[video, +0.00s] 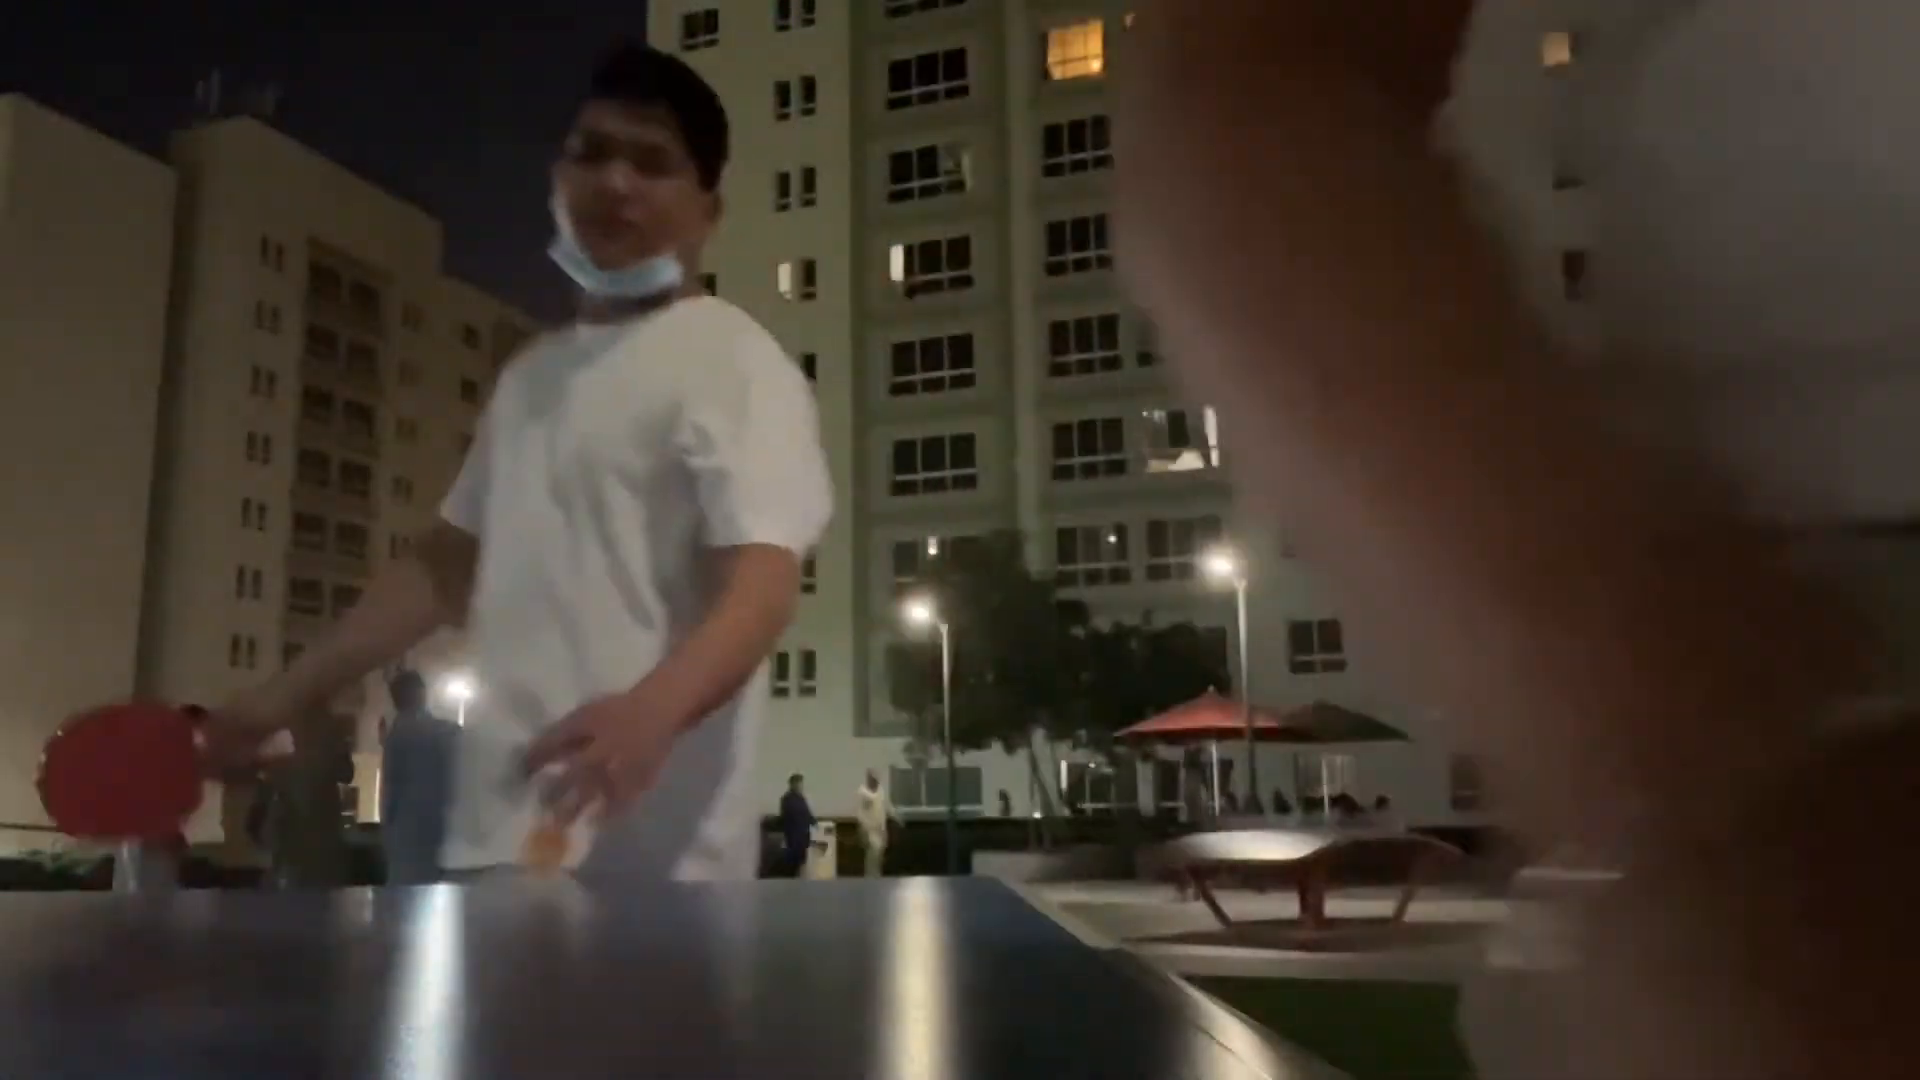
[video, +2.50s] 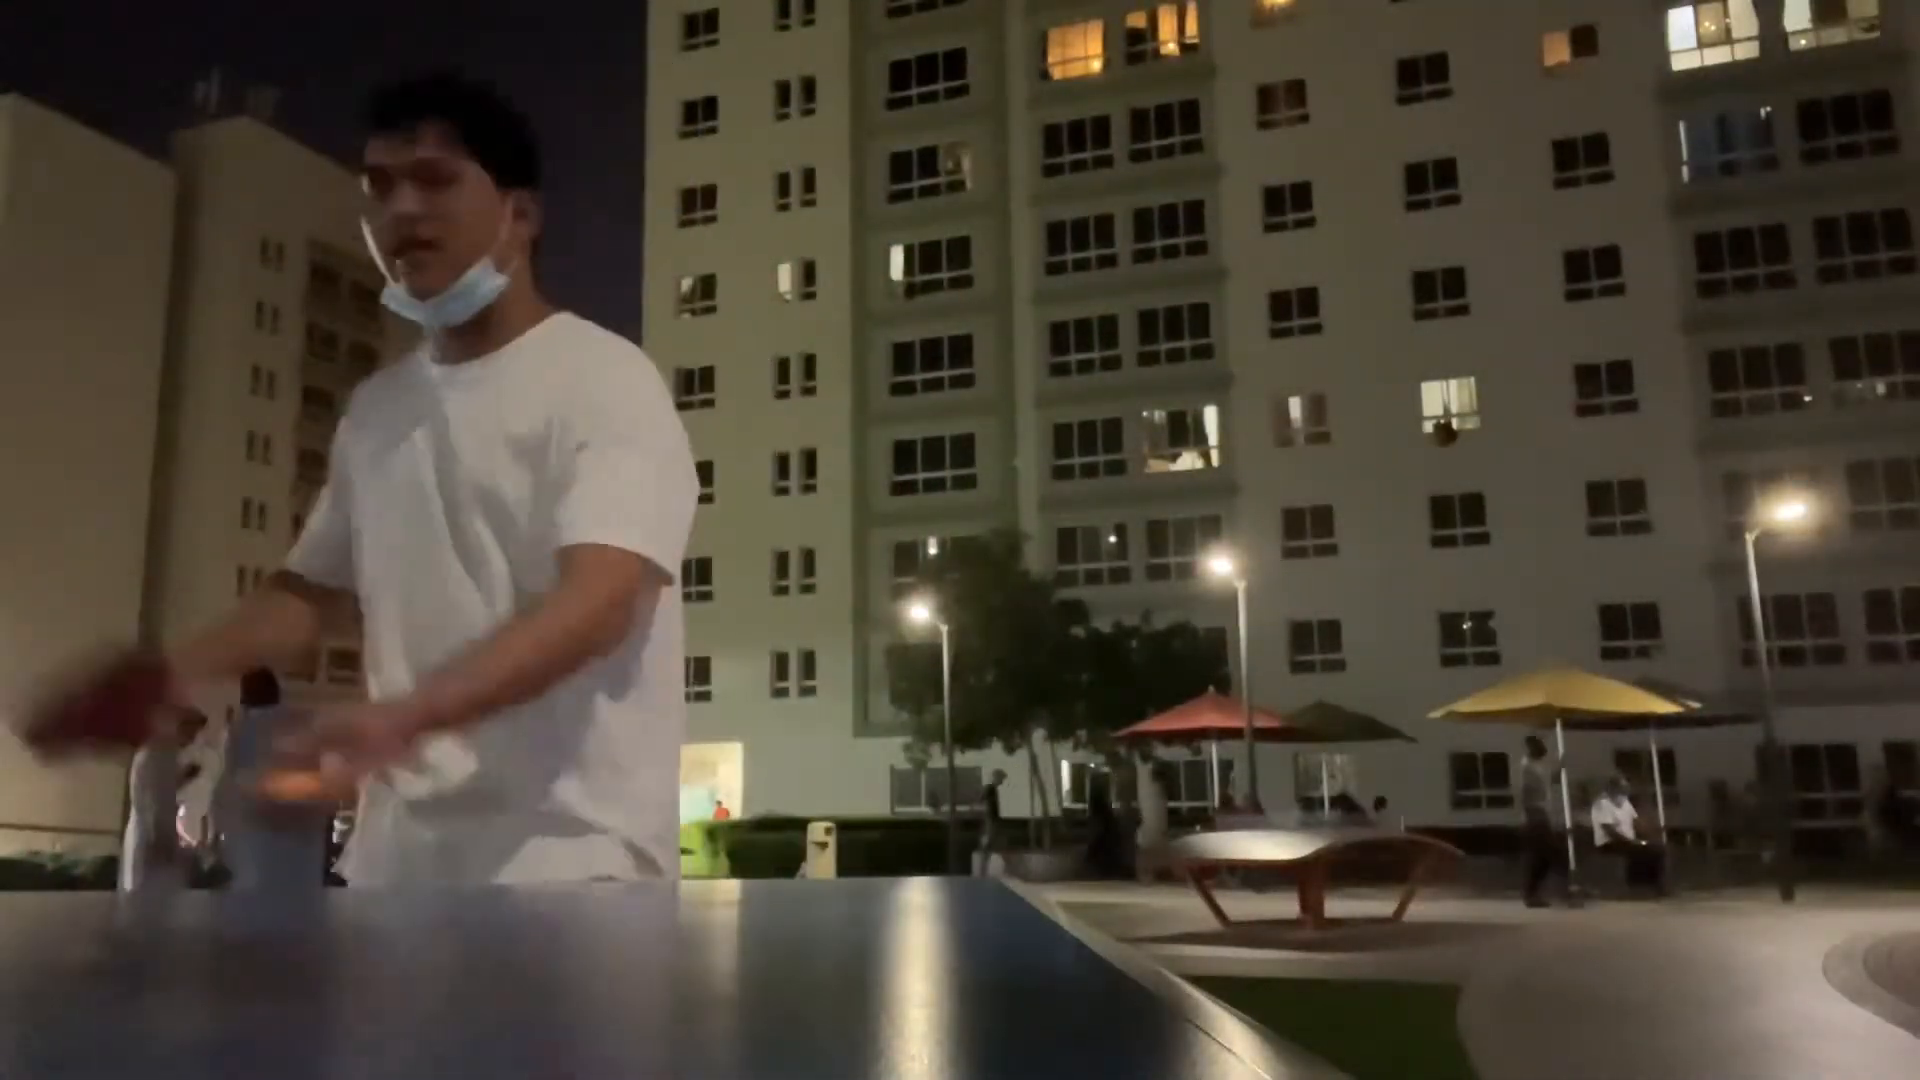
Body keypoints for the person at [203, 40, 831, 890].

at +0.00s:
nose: (612, 185)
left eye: (651, 164)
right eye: (591, 155)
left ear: (707, 205)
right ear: (556, 179)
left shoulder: (731, 361)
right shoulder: (533, 374)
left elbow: (763, 590)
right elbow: (440, 567)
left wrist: (651, 715)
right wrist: (276, 704)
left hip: (655, 855)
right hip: (498, 837)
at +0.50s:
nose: (424, 166)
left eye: (463, 152)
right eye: (402, 136)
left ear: (507, 213)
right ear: (356, 169)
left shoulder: (531, 377)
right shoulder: (262, 359)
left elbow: (547, 629)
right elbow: (167, 552)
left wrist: (482, 809)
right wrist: (121, 690)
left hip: (383, 861)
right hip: (190, 844)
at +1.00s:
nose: (567, 282)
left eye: (593, 263)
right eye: (542, 261)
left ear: (630, 292)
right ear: (505, 287)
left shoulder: (681, 467)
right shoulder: (415, 435)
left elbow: (725, 658)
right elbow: (346, 630)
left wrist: (759, 810)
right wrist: (289, 817)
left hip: (594, 852)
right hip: (416, 847)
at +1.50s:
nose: (534, 255)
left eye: (561, 238)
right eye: (507, 231)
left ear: (594, 277)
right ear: (463, 265)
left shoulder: (650, 452)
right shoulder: (365, 414)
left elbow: (692, 644)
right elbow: (282, 584)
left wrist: (647, 753)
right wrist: (426, 719)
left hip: (579, 863)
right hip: (387, 859)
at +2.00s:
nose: (645, 157)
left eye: (686, 136)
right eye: (628, 129)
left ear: (755, 190)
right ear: (600, 158)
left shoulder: (779, 369)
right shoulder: (570, 353)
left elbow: (774, 611)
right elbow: (512, 572)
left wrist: (594, 761)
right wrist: (444, 752)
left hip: (686, 865)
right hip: (522, 852)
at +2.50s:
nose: (399, 212)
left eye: (434, 180)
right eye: (380, 187)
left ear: (519, 214)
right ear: (364, 214)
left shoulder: (606, 382)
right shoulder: (379, 411)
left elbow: (598, 608)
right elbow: (309, 598)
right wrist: (166, 678)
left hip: (572, 869)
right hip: (400, 872)